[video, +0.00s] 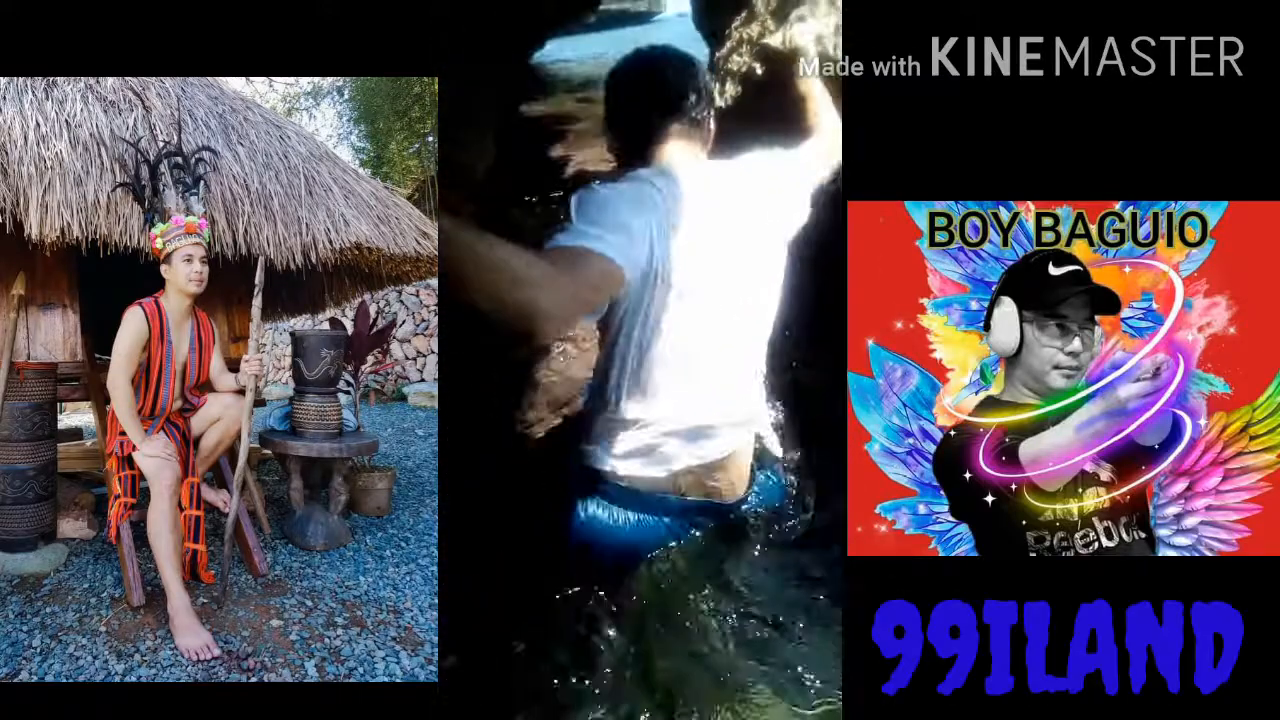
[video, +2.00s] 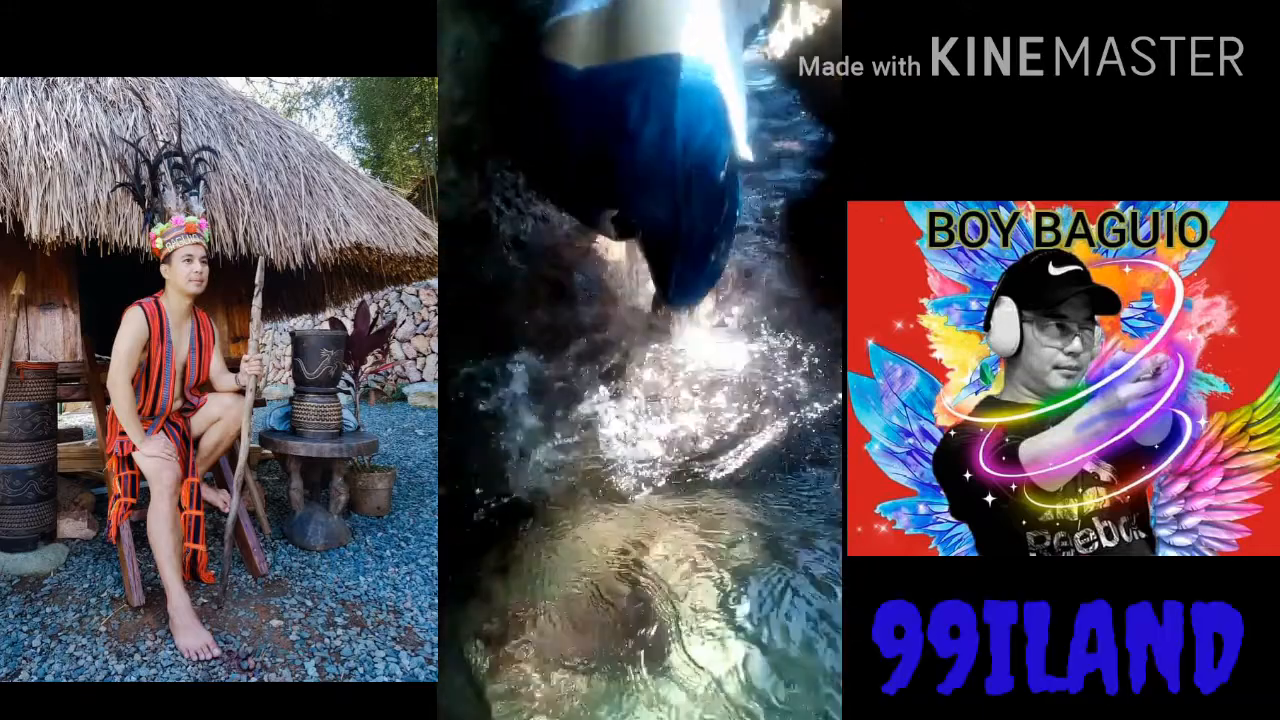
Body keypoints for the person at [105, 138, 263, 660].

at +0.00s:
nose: (198, 269)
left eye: (203, 260)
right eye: (187, 261)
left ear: (207, 267)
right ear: (164, 267)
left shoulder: (206, 324)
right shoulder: (142, 317)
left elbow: (220, 380)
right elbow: (117, 381)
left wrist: (243, 380)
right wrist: (138, 439)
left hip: (180, 420)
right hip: (139, 425)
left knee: (237, 407)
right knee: (169, 478)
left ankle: (190, 479)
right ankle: (179, 607)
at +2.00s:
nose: (198, 269)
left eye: (203, 260)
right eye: (187, 261)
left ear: (207, 266)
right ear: (164, 267)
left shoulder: (206, 323)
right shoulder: (142, 316)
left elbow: (220, 381)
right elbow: (117, 380)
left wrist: (243, 380)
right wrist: (138, 440)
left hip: (180, 419)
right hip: (140, 424)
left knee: (237, 407)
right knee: (169, 476)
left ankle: (191, 479)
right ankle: (179, 605)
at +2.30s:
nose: (198, 268)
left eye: (203, 260)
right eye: (187, 260)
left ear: (207, 266)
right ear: (164, 267)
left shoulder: (206, 324)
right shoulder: (142, 316)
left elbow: (221, 382)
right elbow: (117, 380)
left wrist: (244, 379)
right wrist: (138, 440)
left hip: (180, 420)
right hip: (140, 425)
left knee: (237, 407)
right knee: (169, 476)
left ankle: (191, 479)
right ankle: (179, 606)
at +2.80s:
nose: (198, 268)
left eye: (203, 260)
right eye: (187, 261)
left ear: (207, 266)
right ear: (164, 267)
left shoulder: (206, 323)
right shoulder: (142, 316)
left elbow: (221, 382)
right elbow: (117, 380)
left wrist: (244, 380)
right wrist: (138, 439)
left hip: (180, 420)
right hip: (140, 425)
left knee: (238, 407)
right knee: (169, 476)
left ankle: (191, 478)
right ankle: (179, 607)